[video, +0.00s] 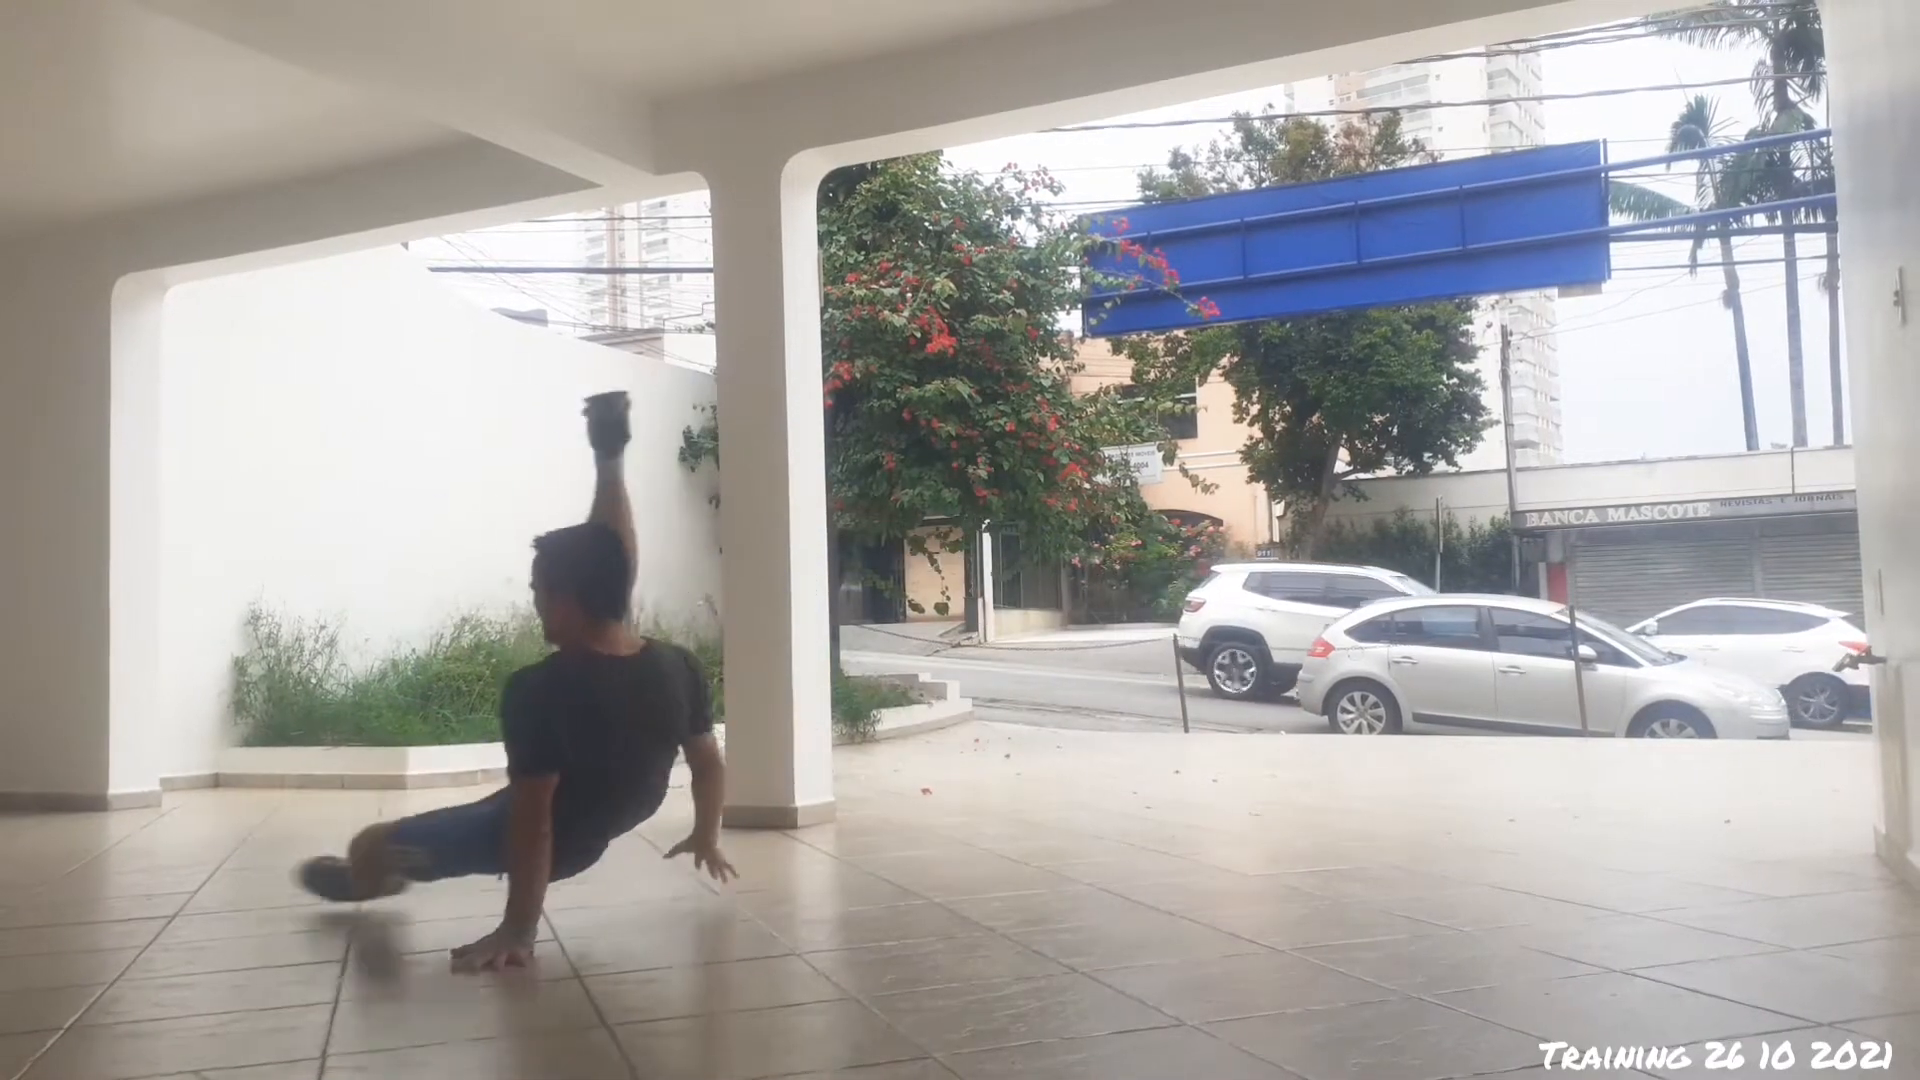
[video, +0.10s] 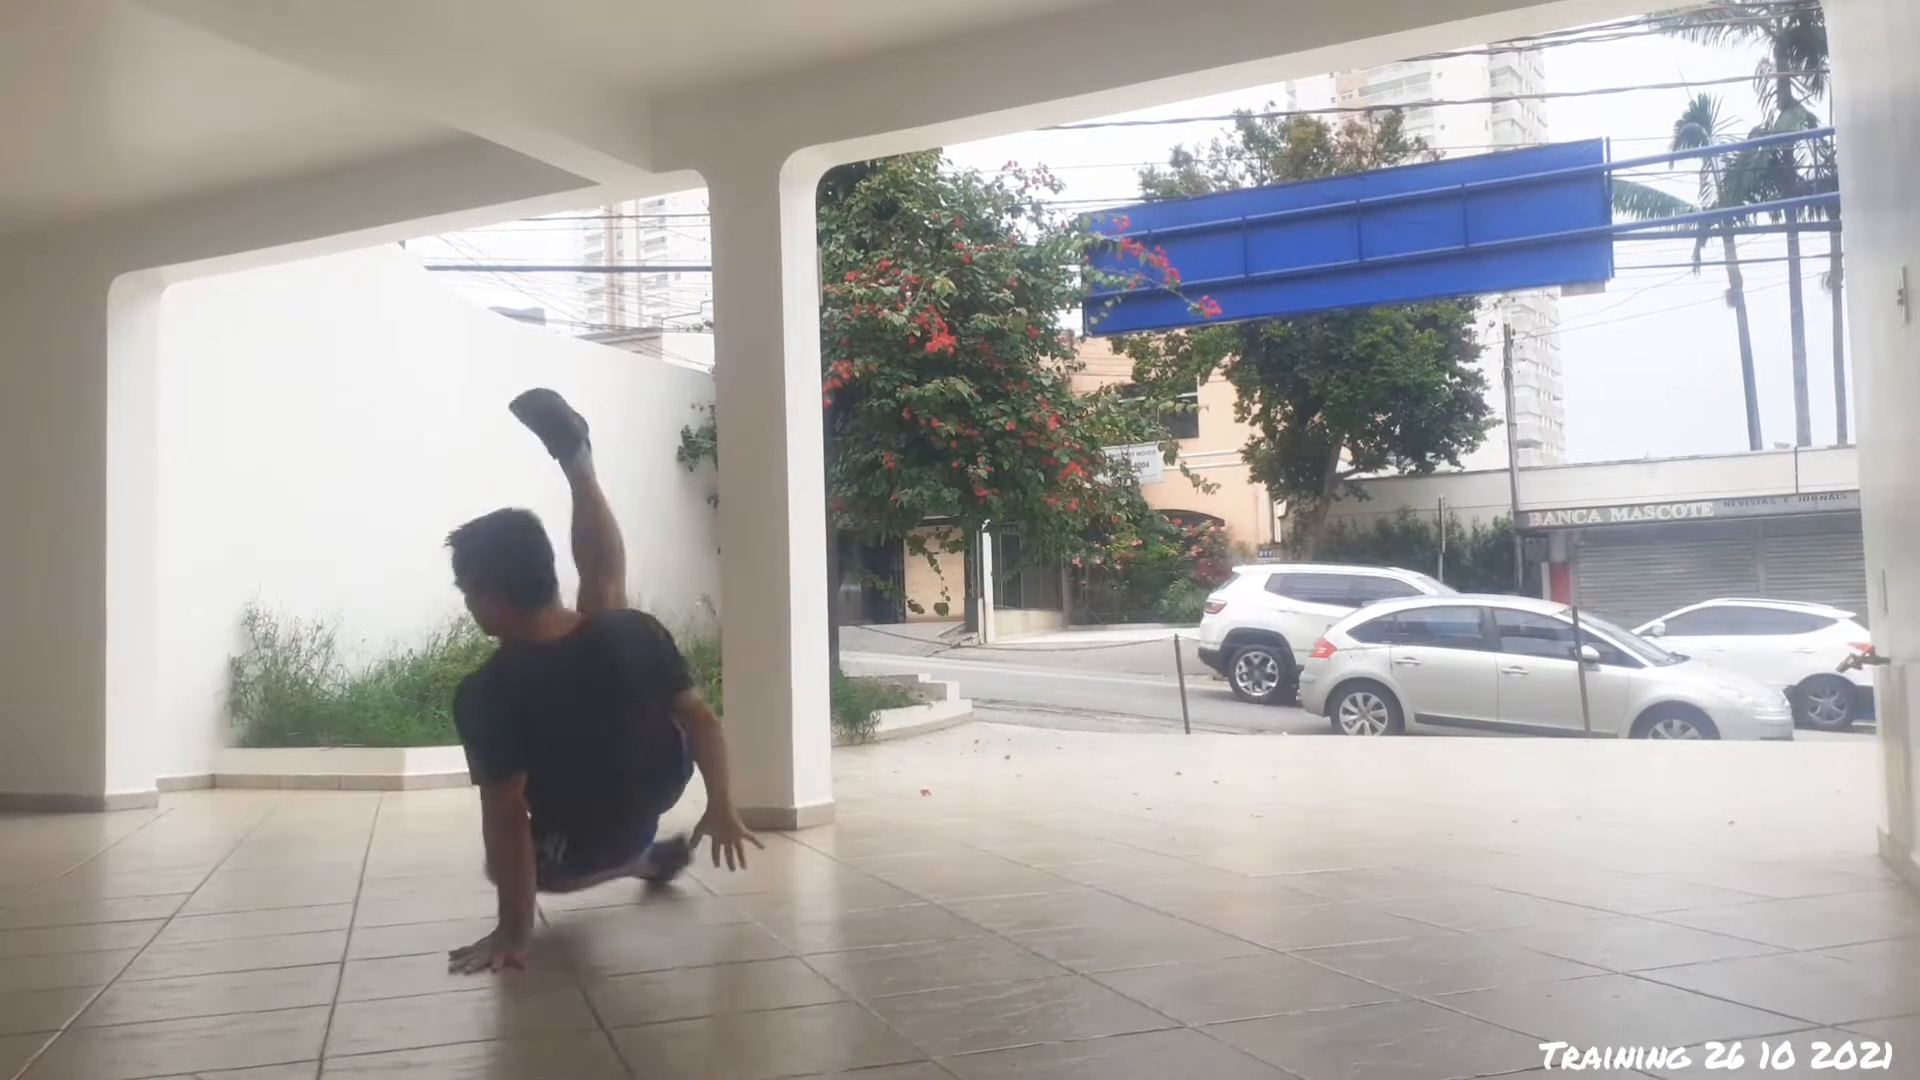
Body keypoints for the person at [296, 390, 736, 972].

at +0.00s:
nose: (535, 606)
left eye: (540, 592)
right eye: (536, 591)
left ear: (567, 601)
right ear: (619, 598)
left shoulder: (535, 689)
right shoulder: (676, 669)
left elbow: (532, 822)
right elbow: (707, 763)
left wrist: (517, 930)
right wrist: (707, 836)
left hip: (536, 836)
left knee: (376, 842)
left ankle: (364, 884)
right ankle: (610, 457)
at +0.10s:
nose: (467, 607)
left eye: (467, 593)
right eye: (463, 593)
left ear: (489, 596)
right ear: (542, 570)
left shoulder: (485, 694)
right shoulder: (633, 634)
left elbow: (507, 814)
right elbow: (701, 721)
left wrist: (512, 933)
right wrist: (721, 806)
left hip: (567, 854)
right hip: (649, 812)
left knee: (500, 865)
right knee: (606, 593)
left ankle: (650, 858)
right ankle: (576, 455)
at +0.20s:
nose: (419, 613)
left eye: (414, 600)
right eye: (412, 601)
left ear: (434, 598)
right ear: (491, 559)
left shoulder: (460, 699)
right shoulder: (592, 603)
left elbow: (499, 826)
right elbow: (687, 673)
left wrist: (514, 934)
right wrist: (742, 768)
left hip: (633, 807)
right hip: (688, 735)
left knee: (683, 871)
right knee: (638, 605)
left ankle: (824, 851)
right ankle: (621, 486)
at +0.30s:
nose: (397, 625)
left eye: (392, 611)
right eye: (389, 612)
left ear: (411, 599)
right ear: (454, 554)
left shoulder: (460, 694)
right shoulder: (571, 580)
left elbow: (500, 816)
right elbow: (676, 632)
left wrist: (513, 935)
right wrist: (754, 716)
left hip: (659, 790)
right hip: (703, 715)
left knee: (776, 861)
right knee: (679, 620)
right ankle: (691, 540)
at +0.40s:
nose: (398, 631)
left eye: (391, 617)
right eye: (390, 617)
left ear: (407, 605)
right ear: (446, 555)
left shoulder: (473, 687)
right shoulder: (564, 565)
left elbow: (509, 819)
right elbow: (684, 604)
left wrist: (515, 932)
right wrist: (760, 667)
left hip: (683, 765)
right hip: (714, 683)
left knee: (795, 869)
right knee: (698, 642)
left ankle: (961, 839)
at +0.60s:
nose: (439, 662)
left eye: (428, 650)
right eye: (425, 652)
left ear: (442, 623)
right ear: (466, 583)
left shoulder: (519, 675)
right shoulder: (572, 581)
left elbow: (530, 812)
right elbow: (689, 604)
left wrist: (515, 932)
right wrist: (776, 658)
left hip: (711, 751)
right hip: (743, 691)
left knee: (827, 875)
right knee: (696, 781)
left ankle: (999, 839)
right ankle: (754, 859)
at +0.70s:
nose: (439, 693)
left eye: (427, 680)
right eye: (424, 685)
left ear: (444, 645)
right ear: (460, 613)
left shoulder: (523, 671)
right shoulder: (551, 605)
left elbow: (534, 816)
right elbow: (670, 628)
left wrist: (516, 935)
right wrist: (755, 680)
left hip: (727, 726)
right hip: (738, 679)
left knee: (834, 856)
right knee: (678, 756)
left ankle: (1013, 840)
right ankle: (764, 848)